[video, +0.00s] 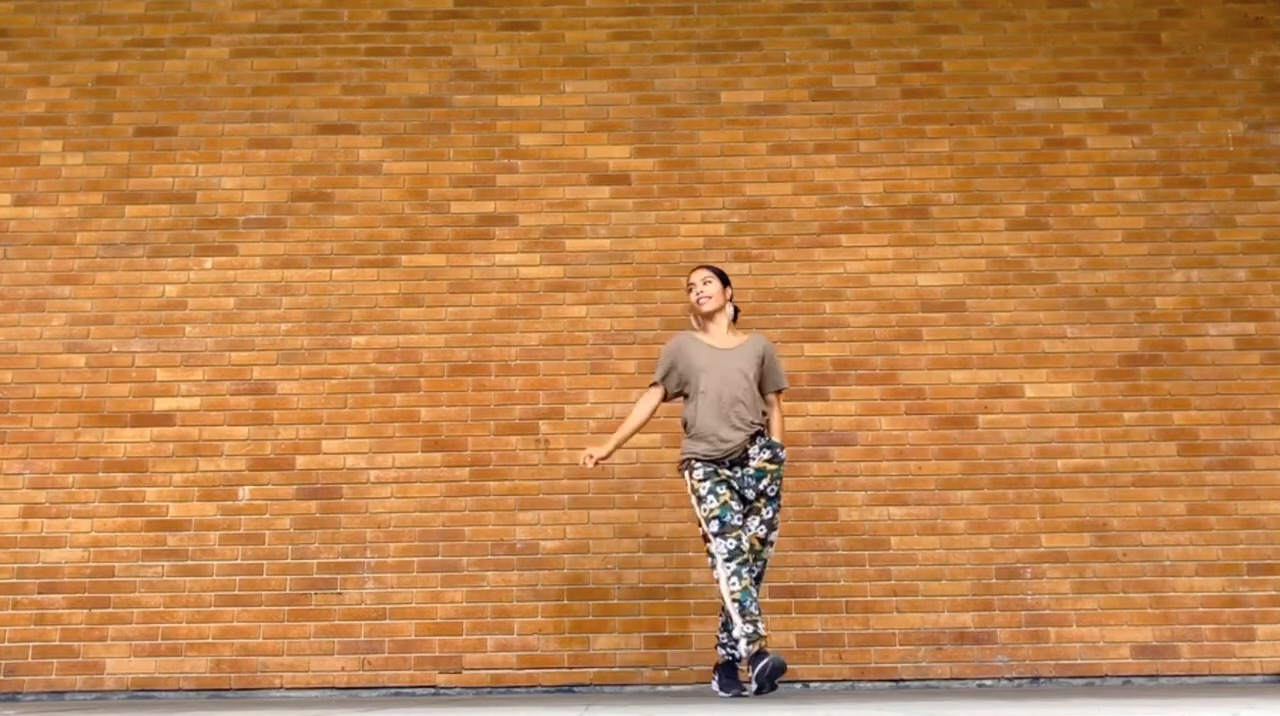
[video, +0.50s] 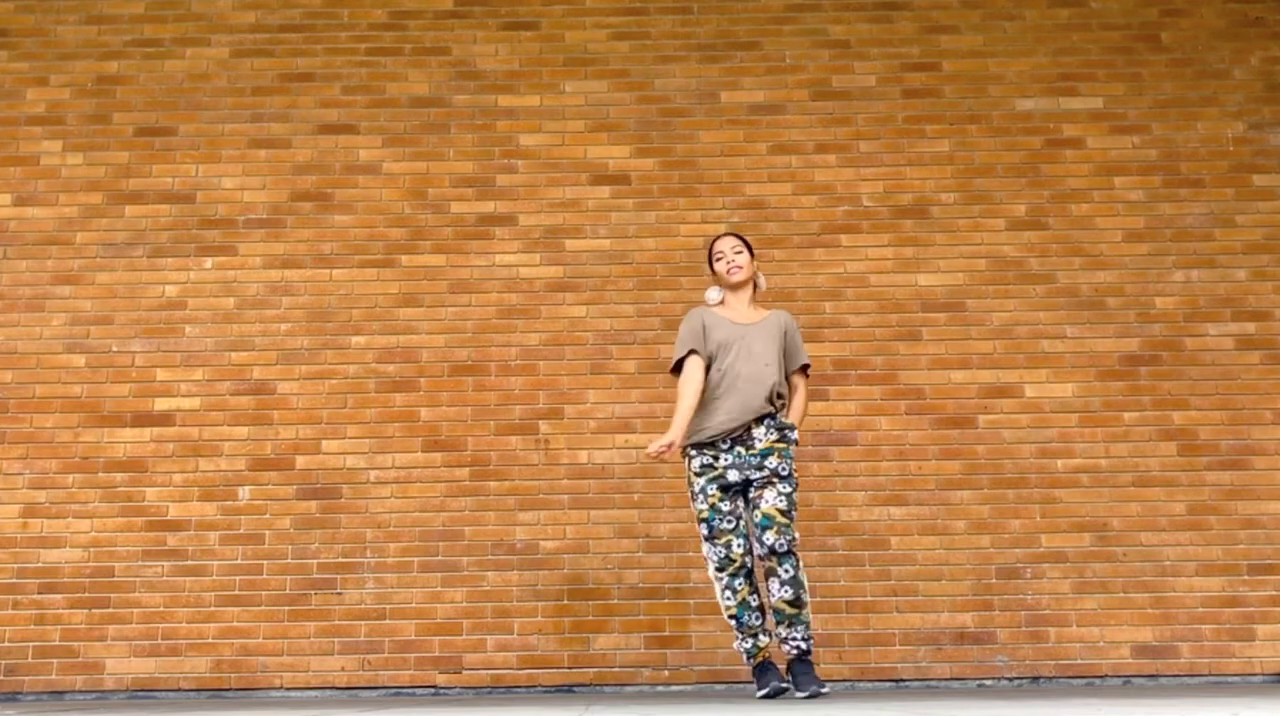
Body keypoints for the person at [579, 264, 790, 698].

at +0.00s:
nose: (698, 292)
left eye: (707, 284)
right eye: (692, 289)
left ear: (729, 293)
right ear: (689, 304)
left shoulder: (758, 346)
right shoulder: (681, 348)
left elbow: (773, 407)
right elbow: (649, 400)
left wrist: (774, 453)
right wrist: (609, 446)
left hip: (757, 463)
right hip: (706, 465)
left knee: (753, 556)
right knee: (730, 549)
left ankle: (728, 660)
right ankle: (757, 655)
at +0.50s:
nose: (730, 260)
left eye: (737, 252)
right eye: (720, 258)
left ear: (755, 263)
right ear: (713, 273)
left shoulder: (780, 321)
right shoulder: (699, 319)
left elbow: (799, 384)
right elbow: (691, 377)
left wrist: (788, 429)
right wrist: (676, 434)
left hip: (769, 445)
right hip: (710, 452)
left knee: (778, 545)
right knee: (730, 557)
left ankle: (800, 658)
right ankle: (761, 663)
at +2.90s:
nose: (717, 251)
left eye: (730, 248)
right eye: (715, 239)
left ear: (744, 260)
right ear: (704, 240)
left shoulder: (765, 304)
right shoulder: (673, 306)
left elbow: (798, 369)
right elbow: (670, 366)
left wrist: (787, 415)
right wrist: (663, 425)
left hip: (769, 434)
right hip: (709, 445)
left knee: (809, 544)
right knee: (678, 548)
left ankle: (836, 661)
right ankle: (677, 668)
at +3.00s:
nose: (725, 249)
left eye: (738, 246)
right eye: (722, 238)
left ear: (750, 257)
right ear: (709, 238)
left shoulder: (769, 299)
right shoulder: (679, 305)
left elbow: (801, 360)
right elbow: (676, 370)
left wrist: (796, 414)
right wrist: (670, 430)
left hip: (774, 432)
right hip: (712, 443)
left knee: (811, 543)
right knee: (681, 546)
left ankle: (836, 661)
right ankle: (677, 667)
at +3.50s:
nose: (756, 240)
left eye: (765, 232)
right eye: (746, 231)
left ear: (773, 240)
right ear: (727, 237)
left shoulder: (791, 295)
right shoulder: (702, 292)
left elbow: (812, 363)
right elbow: (693, 366)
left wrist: (812, 417)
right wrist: (692, 433)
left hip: (791, 428)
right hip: (727, 433)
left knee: (815, 544)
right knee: (710, 547)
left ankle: (837, 661)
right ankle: (681, 664)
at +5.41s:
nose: (708, 236)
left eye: (717, 226)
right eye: (706, 230)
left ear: (749, 232)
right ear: (709, 243)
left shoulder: (790, 299)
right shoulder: (697, 297)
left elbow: (813, 367)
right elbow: (687, 368)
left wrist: (814, 414)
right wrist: (682, 438)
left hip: (793, 437)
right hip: (728, 442)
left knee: (823, 544)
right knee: (702, 545)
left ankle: (839, 661)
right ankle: (704, 665)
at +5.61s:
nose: (706, 231)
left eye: (716, 222)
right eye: (705, 224)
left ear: (748, 233)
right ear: (712, 240)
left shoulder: (789, 297)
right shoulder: (696, 294)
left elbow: (813, 367)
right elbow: (687, 365)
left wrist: (814, 417)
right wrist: (683, 435)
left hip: (794, 436)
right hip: (729, 442)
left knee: (823, 544)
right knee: (701, 544)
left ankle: (838, 660)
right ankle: (705, 661)